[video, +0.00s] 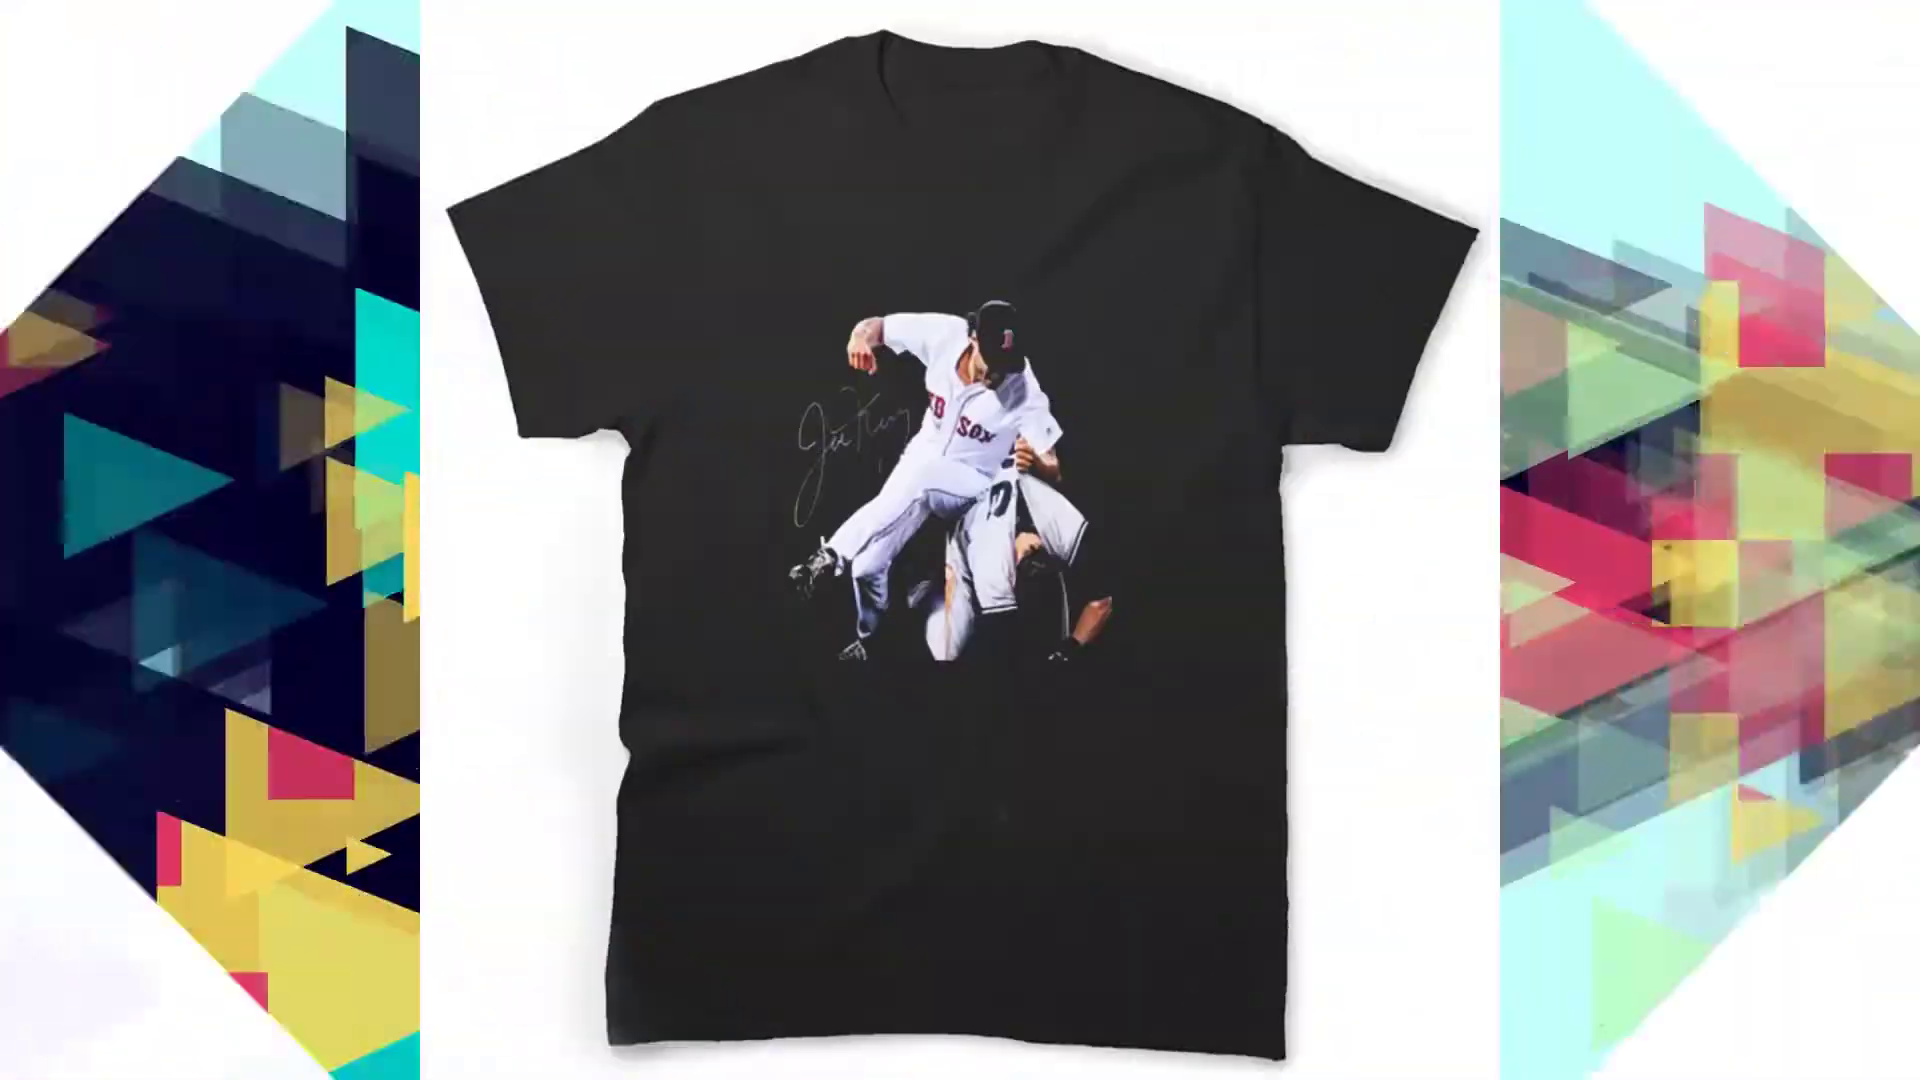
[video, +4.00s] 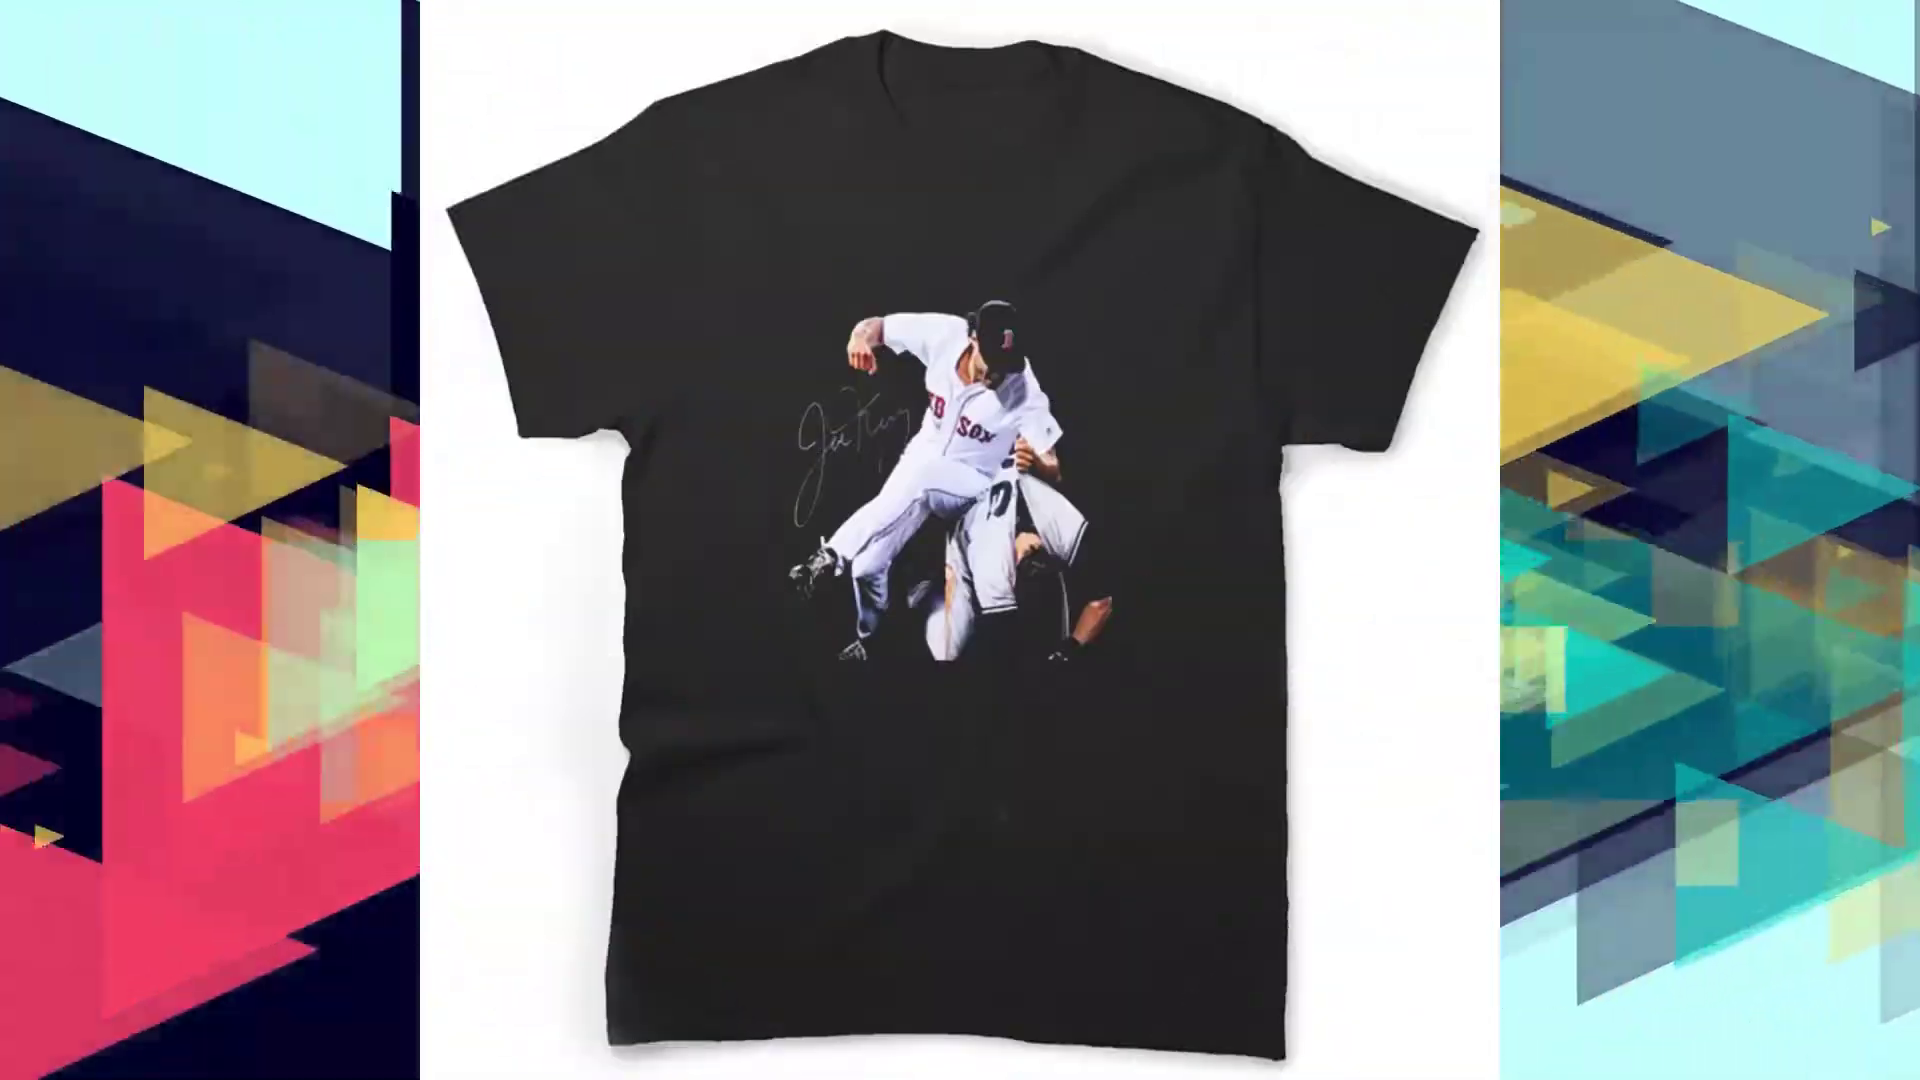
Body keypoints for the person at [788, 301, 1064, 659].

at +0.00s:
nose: (995, 373)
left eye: (1004, 366)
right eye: (990, 364)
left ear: (1016, 355)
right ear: (973, 342)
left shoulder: (1023, 390)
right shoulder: (946, 334)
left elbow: (1055, 470)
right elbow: (874, 327)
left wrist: (1038, 463)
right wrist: (861, 340)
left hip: (978, 482)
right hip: (922, 460)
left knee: (920, 477)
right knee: (867, 565)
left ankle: (827, 559)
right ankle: (870, 640)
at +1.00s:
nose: (995, 373)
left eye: (1004, 366)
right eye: (990, 364)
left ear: (1016, 355)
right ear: (973, 342)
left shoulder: (1023, 390)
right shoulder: (946, 334)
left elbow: (1055, 470)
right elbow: (874, 327)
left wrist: (1038, 463)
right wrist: (861, 340)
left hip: (978, 482)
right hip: (922, 460)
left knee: (920, 477)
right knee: (867, 565)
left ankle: (827, 559)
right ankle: (870, 640)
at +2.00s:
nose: (995, 373)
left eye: (1004, 366)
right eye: (990, 364)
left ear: (1016, 355)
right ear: (973, 342)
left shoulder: (1023, 390)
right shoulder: (946, 334)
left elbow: (1055, 470)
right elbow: (874, 327)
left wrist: (1038, 463)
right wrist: (861, 340)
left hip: (978, 482)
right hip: (922, 460)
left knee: (920, 477)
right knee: (867, 565)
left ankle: (827, 559)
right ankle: (870, 640)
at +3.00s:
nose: (995, 373)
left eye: (1004, 366)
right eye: (990, 364)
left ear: (1016, 355)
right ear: (973, 342)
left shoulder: (1023, 390)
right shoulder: (946, 334)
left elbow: (1055, 470)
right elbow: (874, 327)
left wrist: (1038, 463)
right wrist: (861, 340)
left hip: (978, 482)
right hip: (922, 460)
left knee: (920, 477)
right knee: (867, 565)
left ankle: (827, 559)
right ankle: (870, 640)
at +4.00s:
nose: (995, 373)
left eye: (1004, 366)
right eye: (990, 364)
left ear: (1016, 355)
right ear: (973, 342)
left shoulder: (1023, 390)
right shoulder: (946, 334)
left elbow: (1055, 470)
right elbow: (874, 327)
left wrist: (1038, 463)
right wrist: (861, 341)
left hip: (978, 482)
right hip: (922, 460)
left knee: (920, 477)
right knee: (867, 565)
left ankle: (827, 559)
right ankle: (870, 640)